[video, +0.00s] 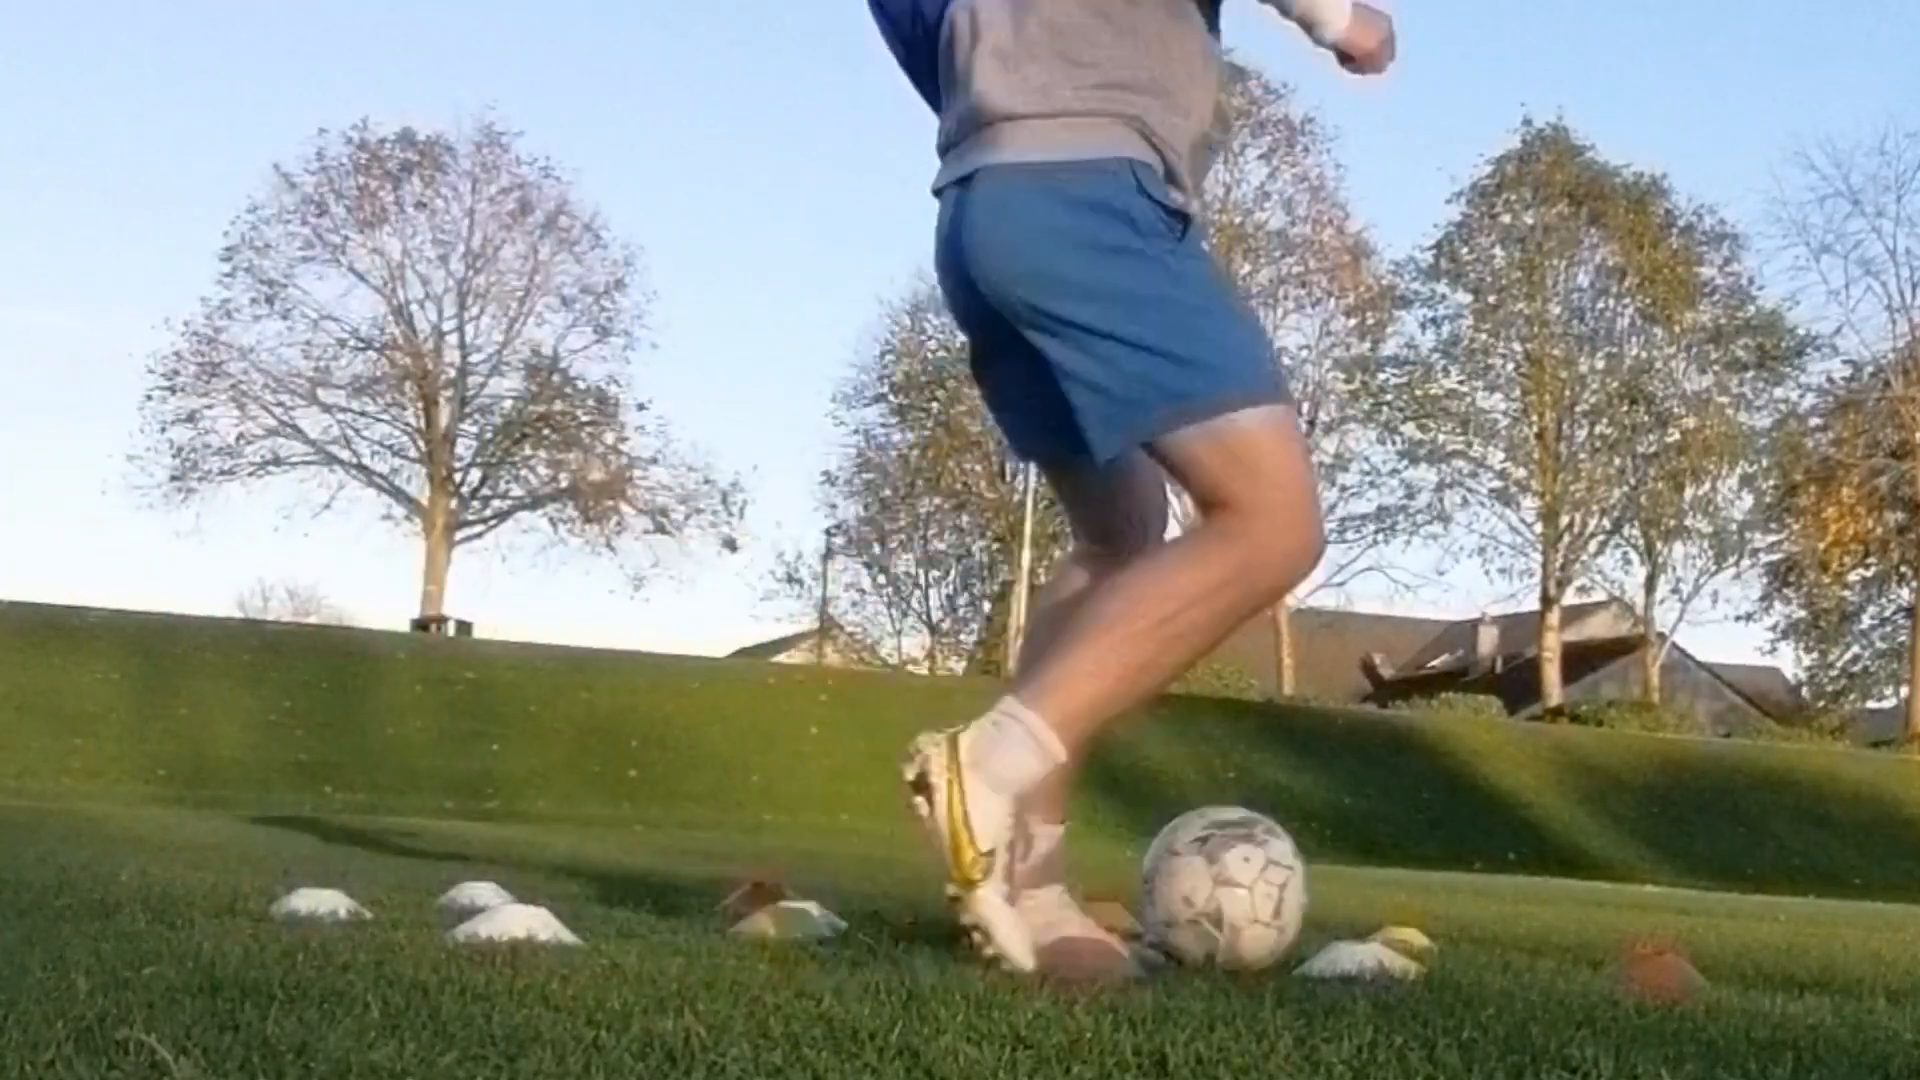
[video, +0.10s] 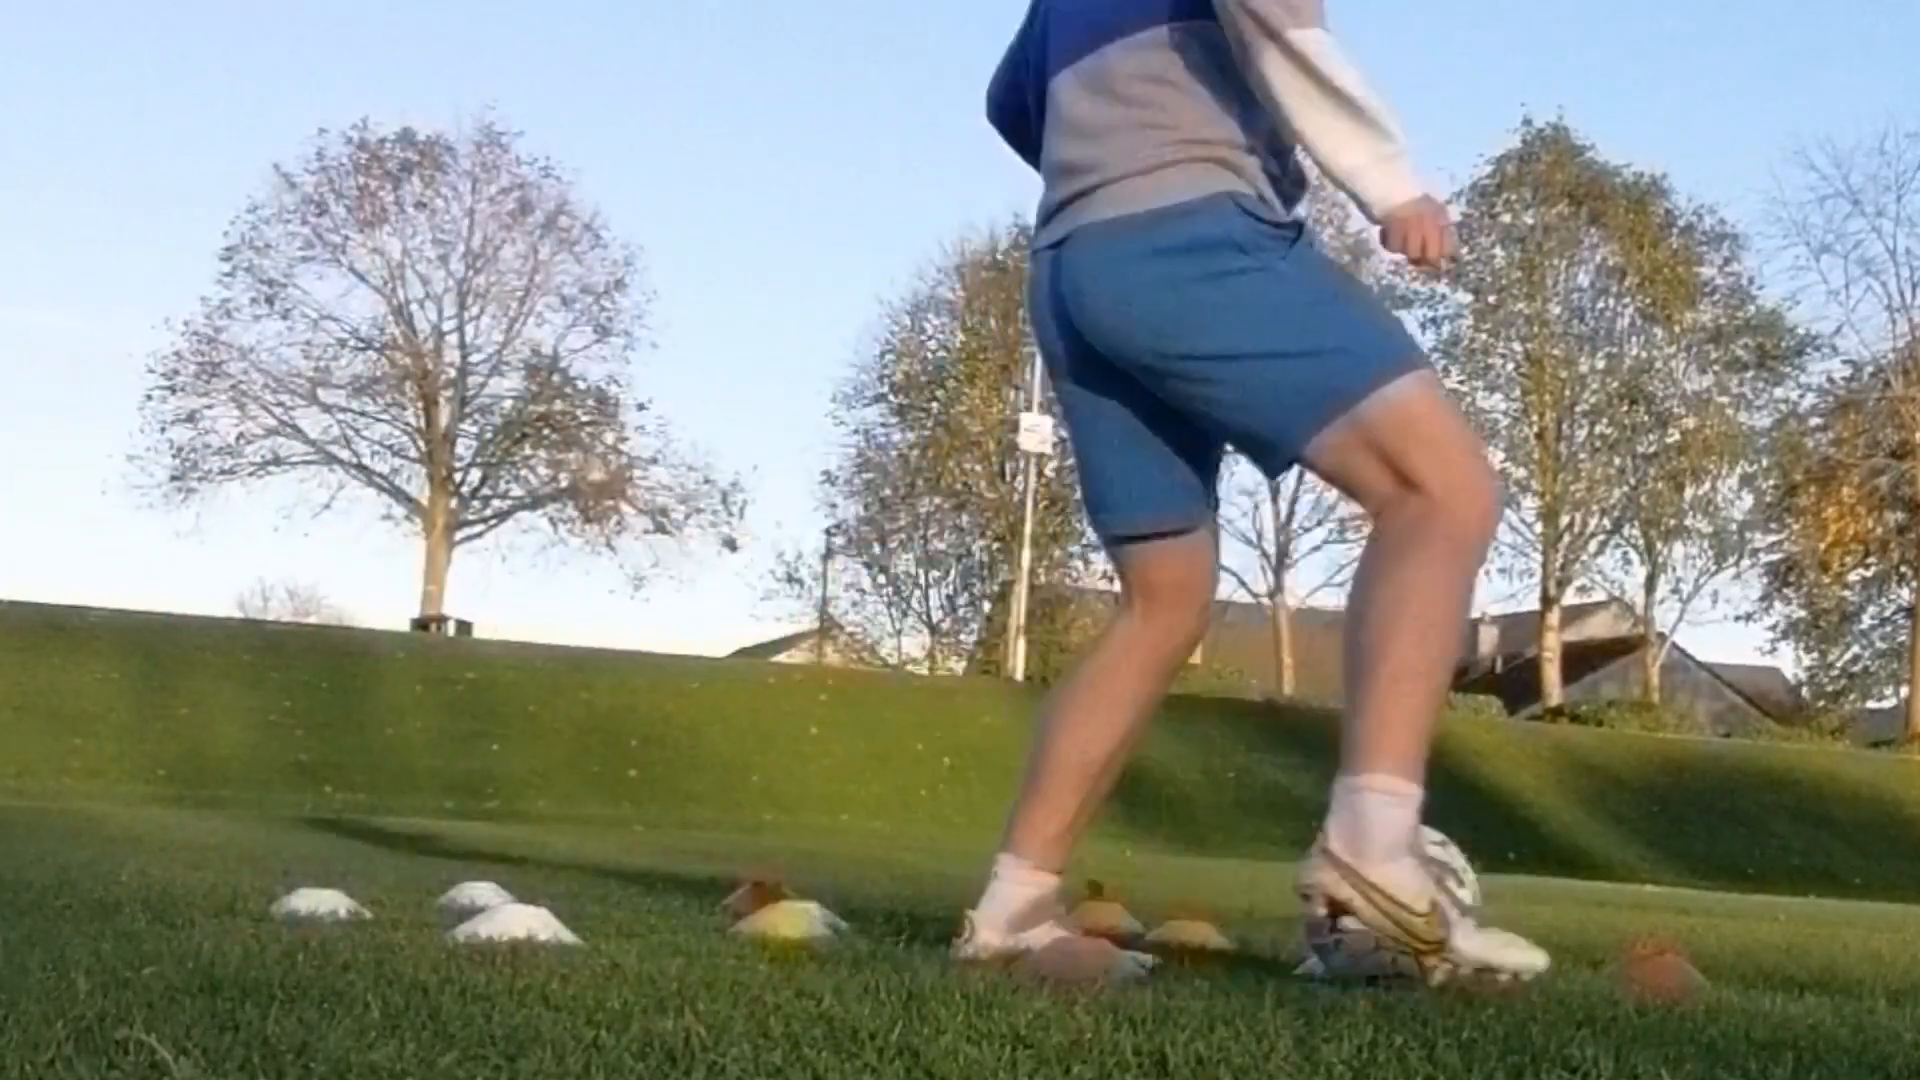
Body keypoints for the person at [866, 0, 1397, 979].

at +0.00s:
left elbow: (900, 6)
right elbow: (1306, 5)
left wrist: (994, 105)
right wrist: (1341, 21)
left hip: (975, 211)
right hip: (1091, 195)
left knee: (1115, 542)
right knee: (1272, 527)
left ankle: (1027, 881)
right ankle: (995, 764)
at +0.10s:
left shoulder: (1064, 11)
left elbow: (1010, 97)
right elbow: (1263, 12)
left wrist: (1112, 190)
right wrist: (1390, 180)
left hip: (1069, 266)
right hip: (1186, 233)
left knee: (1162, 601)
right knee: (1444, 491)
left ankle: (1014, 904)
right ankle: (1375, 842)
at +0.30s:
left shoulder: (1327, 30)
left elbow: (1261, 129)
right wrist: (1449, 27)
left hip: (1291, 247)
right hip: (1430, 199)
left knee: (1376, 598)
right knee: (1673, 498)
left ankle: (1182, 851)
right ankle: (1703, 858)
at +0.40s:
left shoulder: (1409, 39)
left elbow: (1321, 137)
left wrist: (1418, 247)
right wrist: (1642, 155)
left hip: (1405, 333)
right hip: (1556, 285)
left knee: (1450, 608)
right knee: (1733, 608)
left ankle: (1439, 788)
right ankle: (1792, 966)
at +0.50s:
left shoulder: (1460, 24)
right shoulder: (1728, 4)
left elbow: (1361, 97)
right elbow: (1785, 92)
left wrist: (1453, 250)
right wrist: (1831, 242)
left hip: (1477, 357)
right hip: (1643, 314)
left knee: (1487, 629)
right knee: (1802, 625)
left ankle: (1579, 774)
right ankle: (1799, 962)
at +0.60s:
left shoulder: (1450, 5)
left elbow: (1318, 48)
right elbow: (1835, 35)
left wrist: (1365, 163)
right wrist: (1878, 198)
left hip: (1522, 300)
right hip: (1691, 274)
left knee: (1517, 615)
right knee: (1788, 604)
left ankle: (1587, 860)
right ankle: (1793, 895)